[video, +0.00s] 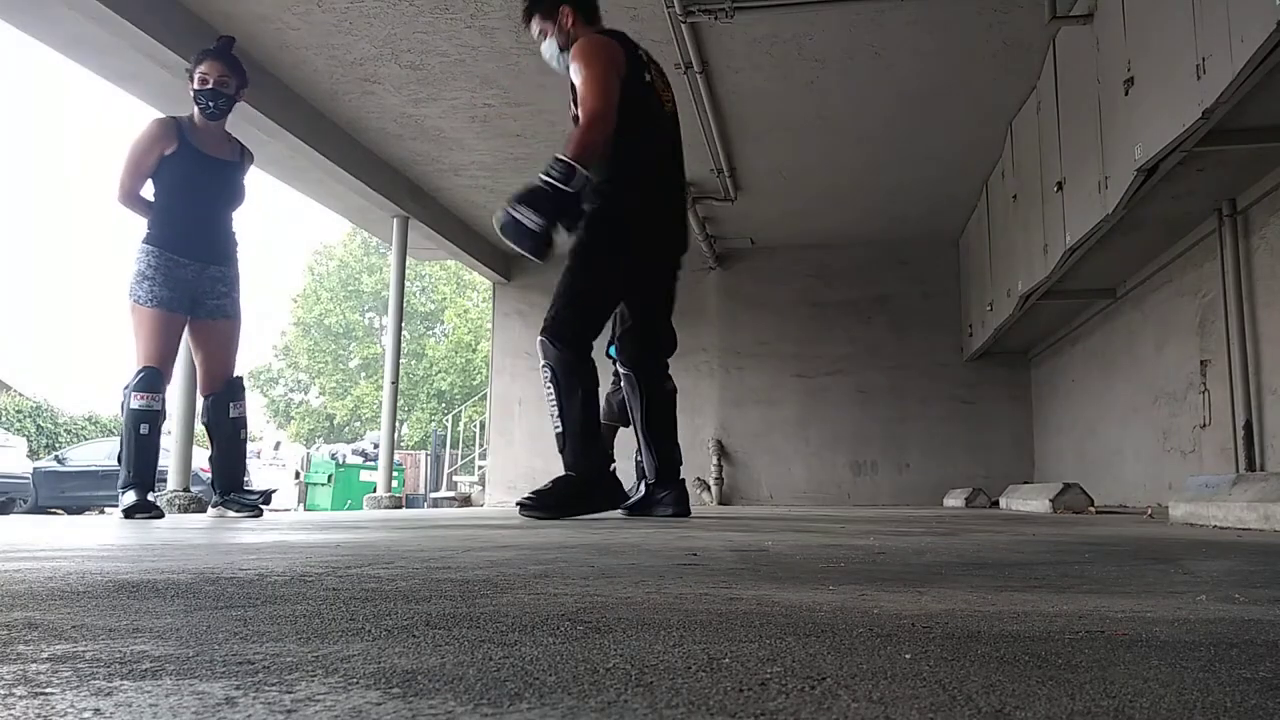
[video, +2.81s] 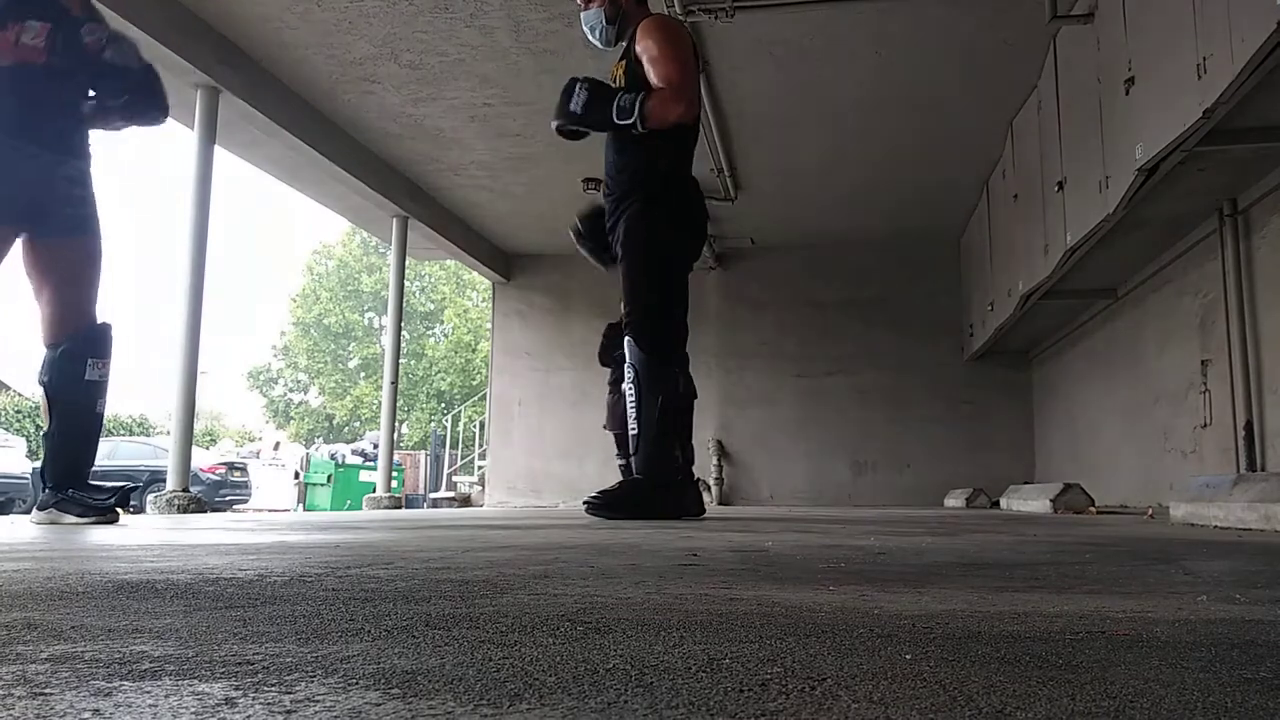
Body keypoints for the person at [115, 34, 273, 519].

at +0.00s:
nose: (212, 89)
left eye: (223, 82)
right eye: (204, 79)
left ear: (239, 92)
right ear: (190, 84)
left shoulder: (241, 154)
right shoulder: (165, 130)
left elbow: (228, 205)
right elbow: (127, 194)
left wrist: (200, 224)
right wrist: (167, 220)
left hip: (219, 271)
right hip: (164, 263)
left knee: (221, 381)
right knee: (152, 374)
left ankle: (228, 487)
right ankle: (137, 489)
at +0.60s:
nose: (186, 73)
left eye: (199, 66)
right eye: (178, 62)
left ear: (216, 75)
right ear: (164, 65)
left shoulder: (226, 138)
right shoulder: (134, 111)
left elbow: (218, 197)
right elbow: (82, 167)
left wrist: (220, 229)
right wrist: (102, 210)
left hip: (197, 258)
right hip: (130, 254)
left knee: (182, 358)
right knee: (138, 373)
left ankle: (183, 467)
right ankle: (137, 492)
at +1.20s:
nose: (149, 19)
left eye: (164, 12)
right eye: (142, 10)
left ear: (188, 23)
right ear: (132, 17)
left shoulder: (204, 84)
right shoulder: (107, 76)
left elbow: (221, 160)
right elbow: (87, 151)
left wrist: (191, 168)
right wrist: (80, 136)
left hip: (171, 224)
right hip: (108, 221)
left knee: (161, 354)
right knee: (62, 347)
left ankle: (150, 487)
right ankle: (81, 475)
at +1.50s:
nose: (108, 10)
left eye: (121, 4)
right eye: (100, 3)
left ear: (138, 9)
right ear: (83, 6)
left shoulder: (158, 67)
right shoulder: (47, 54)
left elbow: (195, 149)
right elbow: (14, 135)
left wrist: (160, 147)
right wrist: (34, 108)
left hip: (133, 216)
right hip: (59, 211)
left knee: (133, 354)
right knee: (17, 346)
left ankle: (146, 489)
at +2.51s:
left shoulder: (151, 31)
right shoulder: (29, 5)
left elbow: (147, 132)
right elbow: (1, 52)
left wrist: (157, 115)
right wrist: (26, 71)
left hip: (101, 176)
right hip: (20, 158)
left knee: (84, 337)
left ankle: (63, 484)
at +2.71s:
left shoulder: (114, 15)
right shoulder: (22, 10)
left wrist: (132, 101)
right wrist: (8, 43)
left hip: (82, 158)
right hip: (13, 145)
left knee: (78, 323)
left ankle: (64, 483)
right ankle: (62, 482)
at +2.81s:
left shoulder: (83, 17)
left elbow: (151, 100)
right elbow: (150, 99)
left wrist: (74, 108)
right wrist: (80, 107)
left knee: (73, 325)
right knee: (73, 323)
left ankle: (63, 485)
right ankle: (64, 485)